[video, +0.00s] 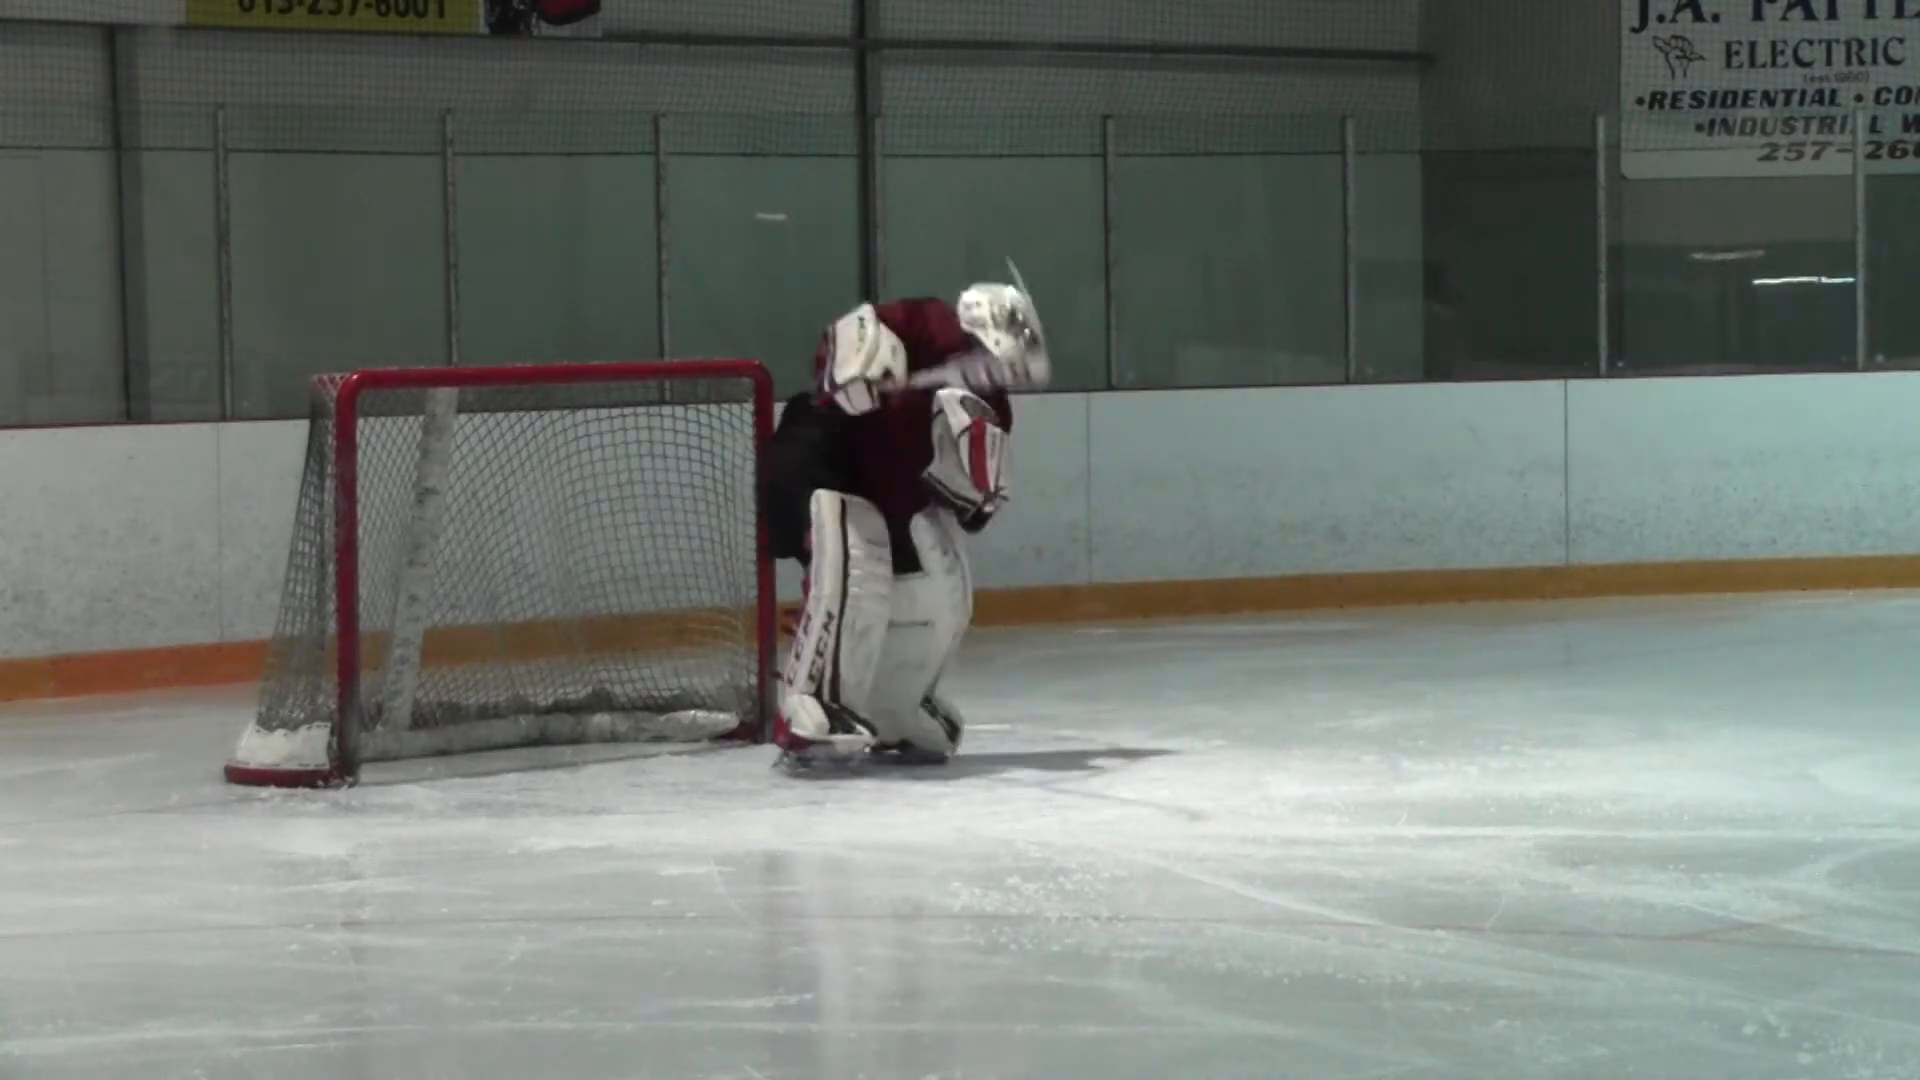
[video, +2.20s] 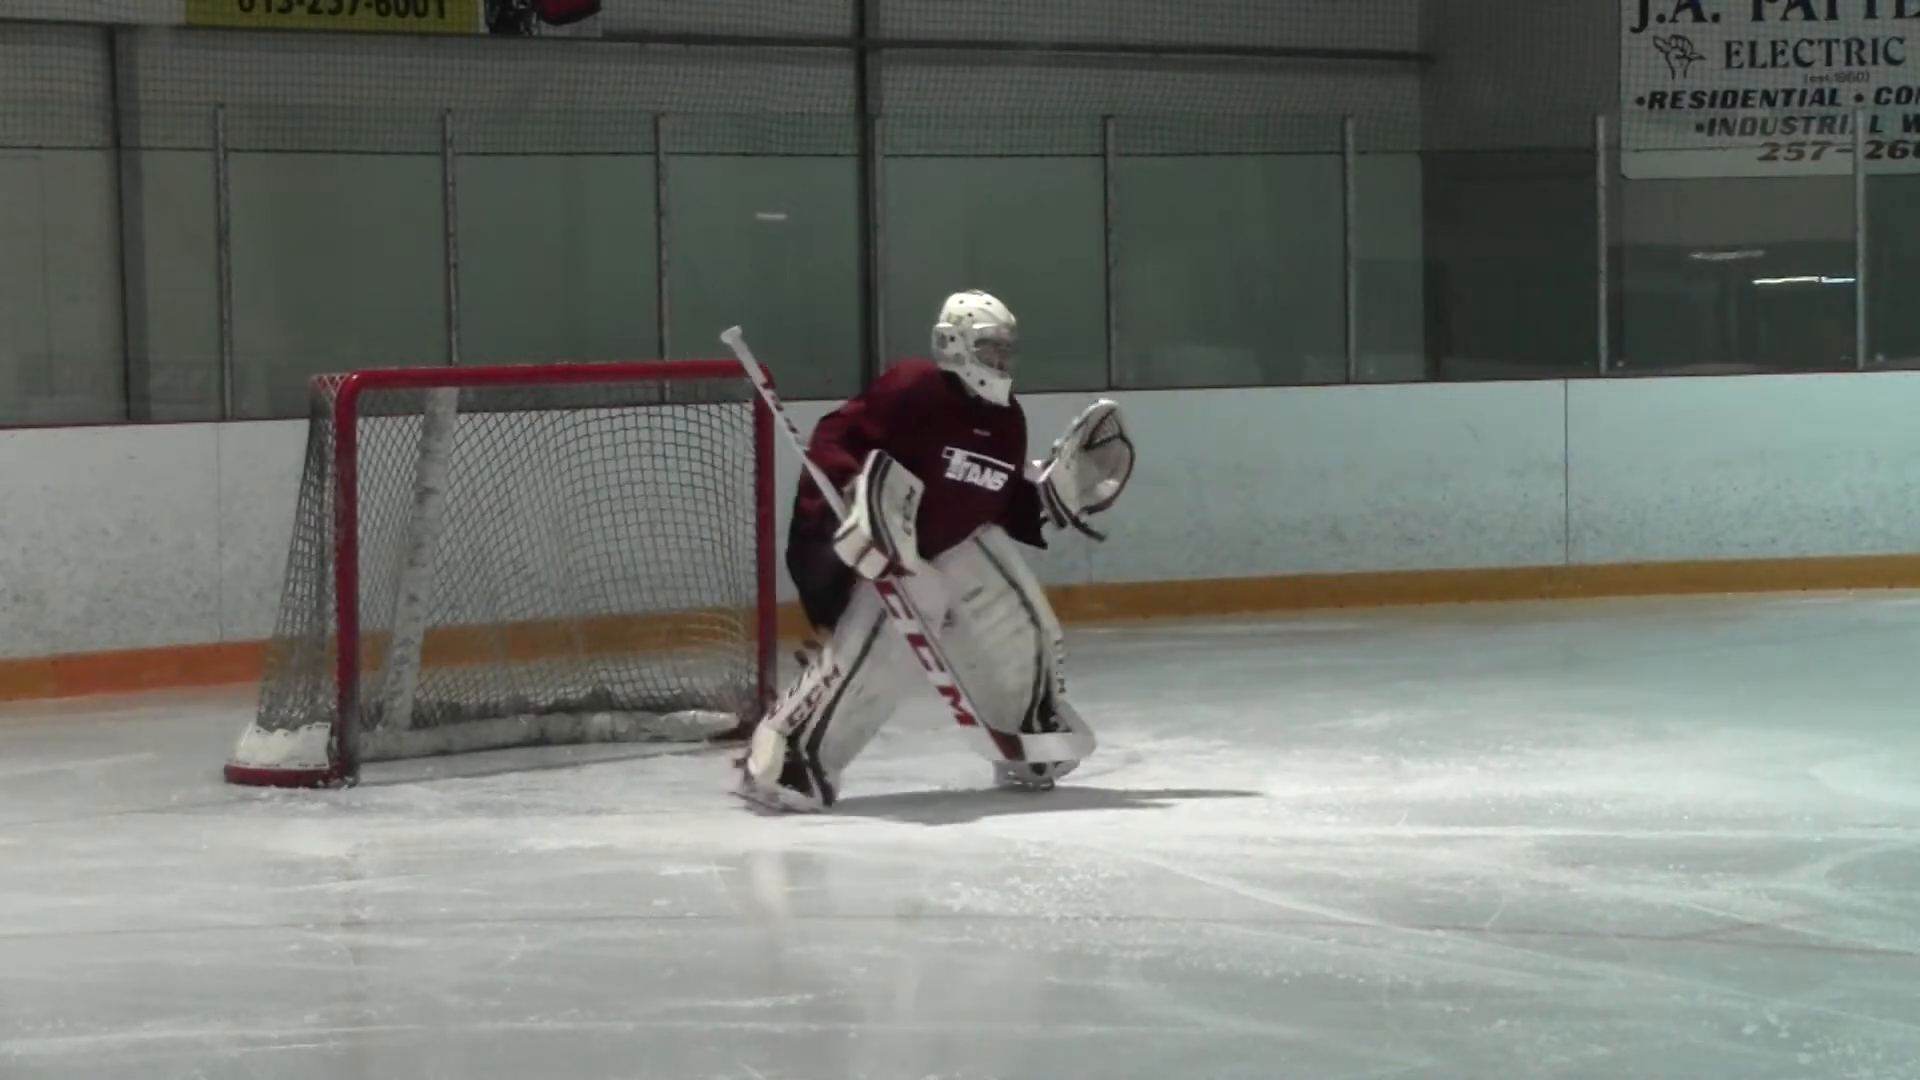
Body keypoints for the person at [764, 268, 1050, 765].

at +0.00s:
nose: (1004, 376)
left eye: (1013, 369)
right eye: (1002, 361)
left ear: (1014, 360)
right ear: (982, 335)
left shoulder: (989, 402)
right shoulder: (932, 324)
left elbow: (978, 504)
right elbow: (855, 329)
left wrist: (972, 497)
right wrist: (852, 367)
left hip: (907, 496)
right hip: (836, 468)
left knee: (938, 604)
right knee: (854, 591)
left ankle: (899, 718)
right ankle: (816, 718)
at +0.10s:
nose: (977, 309)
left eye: (986, 303)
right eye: (975, 296)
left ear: (989, 303)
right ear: (958, 280)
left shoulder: (980, 354)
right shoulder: (903, 300)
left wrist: (970, 429)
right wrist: (848, 341)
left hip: (915, 480)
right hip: (850, 475)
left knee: (939, 597)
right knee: (850, 592)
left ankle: (897, 712)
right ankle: (815, 713)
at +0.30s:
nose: (954, 241)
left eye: (960, 230)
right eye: (946, 228)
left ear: (960, 238)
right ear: (918, 226)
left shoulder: (970, 311)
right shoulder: (875, 270)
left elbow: (970, 408)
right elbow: (818, 344)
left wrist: (986, 448)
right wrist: (829, 322)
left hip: (922, 464)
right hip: (859, 455)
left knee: (939, 587)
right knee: (864, 577)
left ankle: (902, 703)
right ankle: (815, 696)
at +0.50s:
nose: (897, 301)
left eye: (903, 290)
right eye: (884, 289)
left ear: (910, 291)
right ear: (851, 289)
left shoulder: (920, 359)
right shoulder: (814, 339)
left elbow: (927, 447)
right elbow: (740, 407)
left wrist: (994, 433)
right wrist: (765, 455)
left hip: (888, 539)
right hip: (812, 537)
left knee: (955, 629)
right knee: (806, 656)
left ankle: (1000, 743)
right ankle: (760, 761)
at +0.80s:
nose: (954, 289)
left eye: (961, 277)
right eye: (941, 277)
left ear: (970, 278)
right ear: (908, 277)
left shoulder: (990, 350)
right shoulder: (877, 332)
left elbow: (1001, 444)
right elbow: (802, 400)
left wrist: (1064, 420)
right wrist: (832, 451)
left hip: (966, 529)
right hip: (887, 522)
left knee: (1026, 628)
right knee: (887, 636)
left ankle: (1056, 753)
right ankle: (844, 769)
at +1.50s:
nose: (929, 312)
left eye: (939, 300)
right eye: (917, 297)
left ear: (951, 300)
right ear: (884, 295)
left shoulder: (963, 368)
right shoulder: (849, 346)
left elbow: (964, 463)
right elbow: (769, 417)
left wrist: (1031, 441)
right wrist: (798, 471)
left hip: (917, 540)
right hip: (843, 532)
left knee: (973, 632)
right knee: (842, 647)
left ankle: (1005, 756)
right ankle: (759, 763)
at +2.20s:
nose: (1000, 361)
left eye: (1005, 350)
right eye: (988, 348)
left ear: (1011, 350)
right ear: (953, 347)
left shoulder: (1006, 420)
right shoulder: (912, 390)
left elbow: (1003, 500)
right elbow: (829, 440)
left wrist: (1054, 502)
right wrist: (858, 495)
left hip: (964, 548)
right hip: (891, 555)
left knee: (1014, 638)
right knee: (867, 669)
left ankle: (1029, 753)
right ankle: (794, 762)